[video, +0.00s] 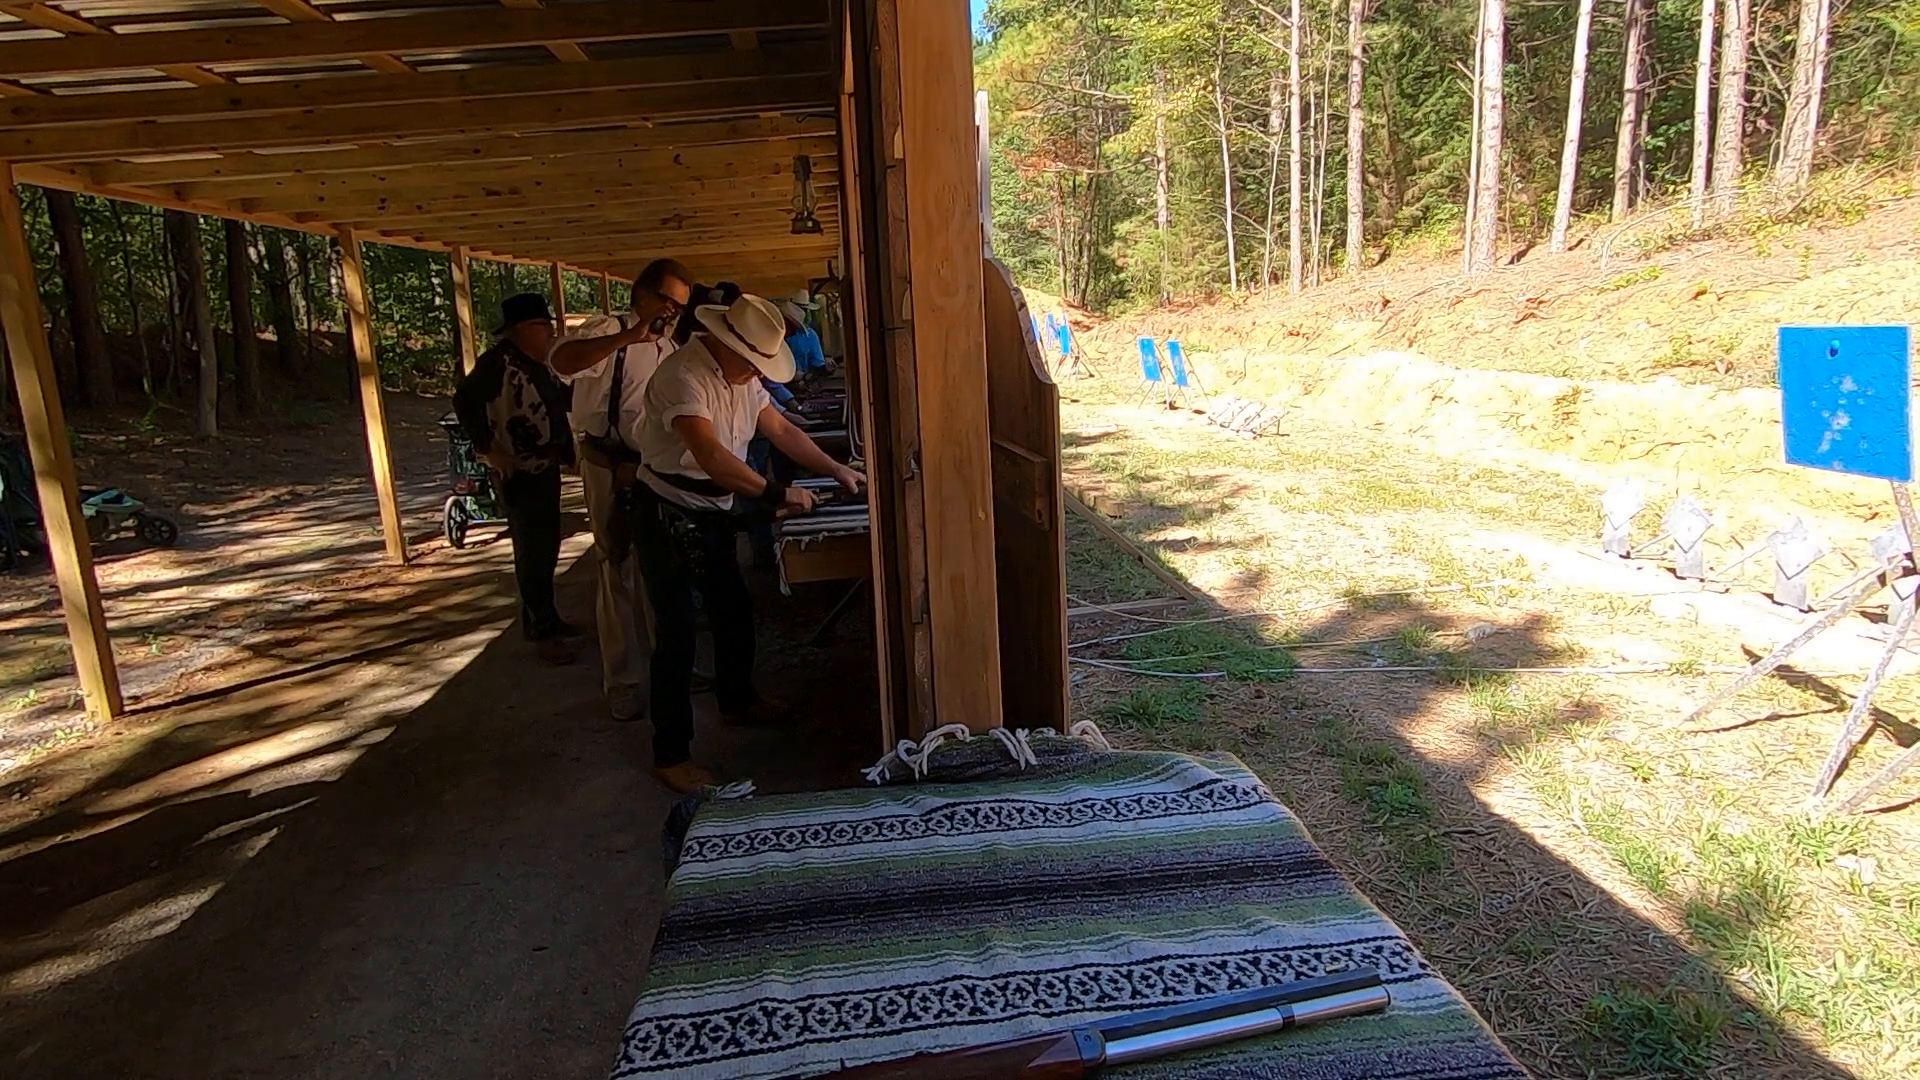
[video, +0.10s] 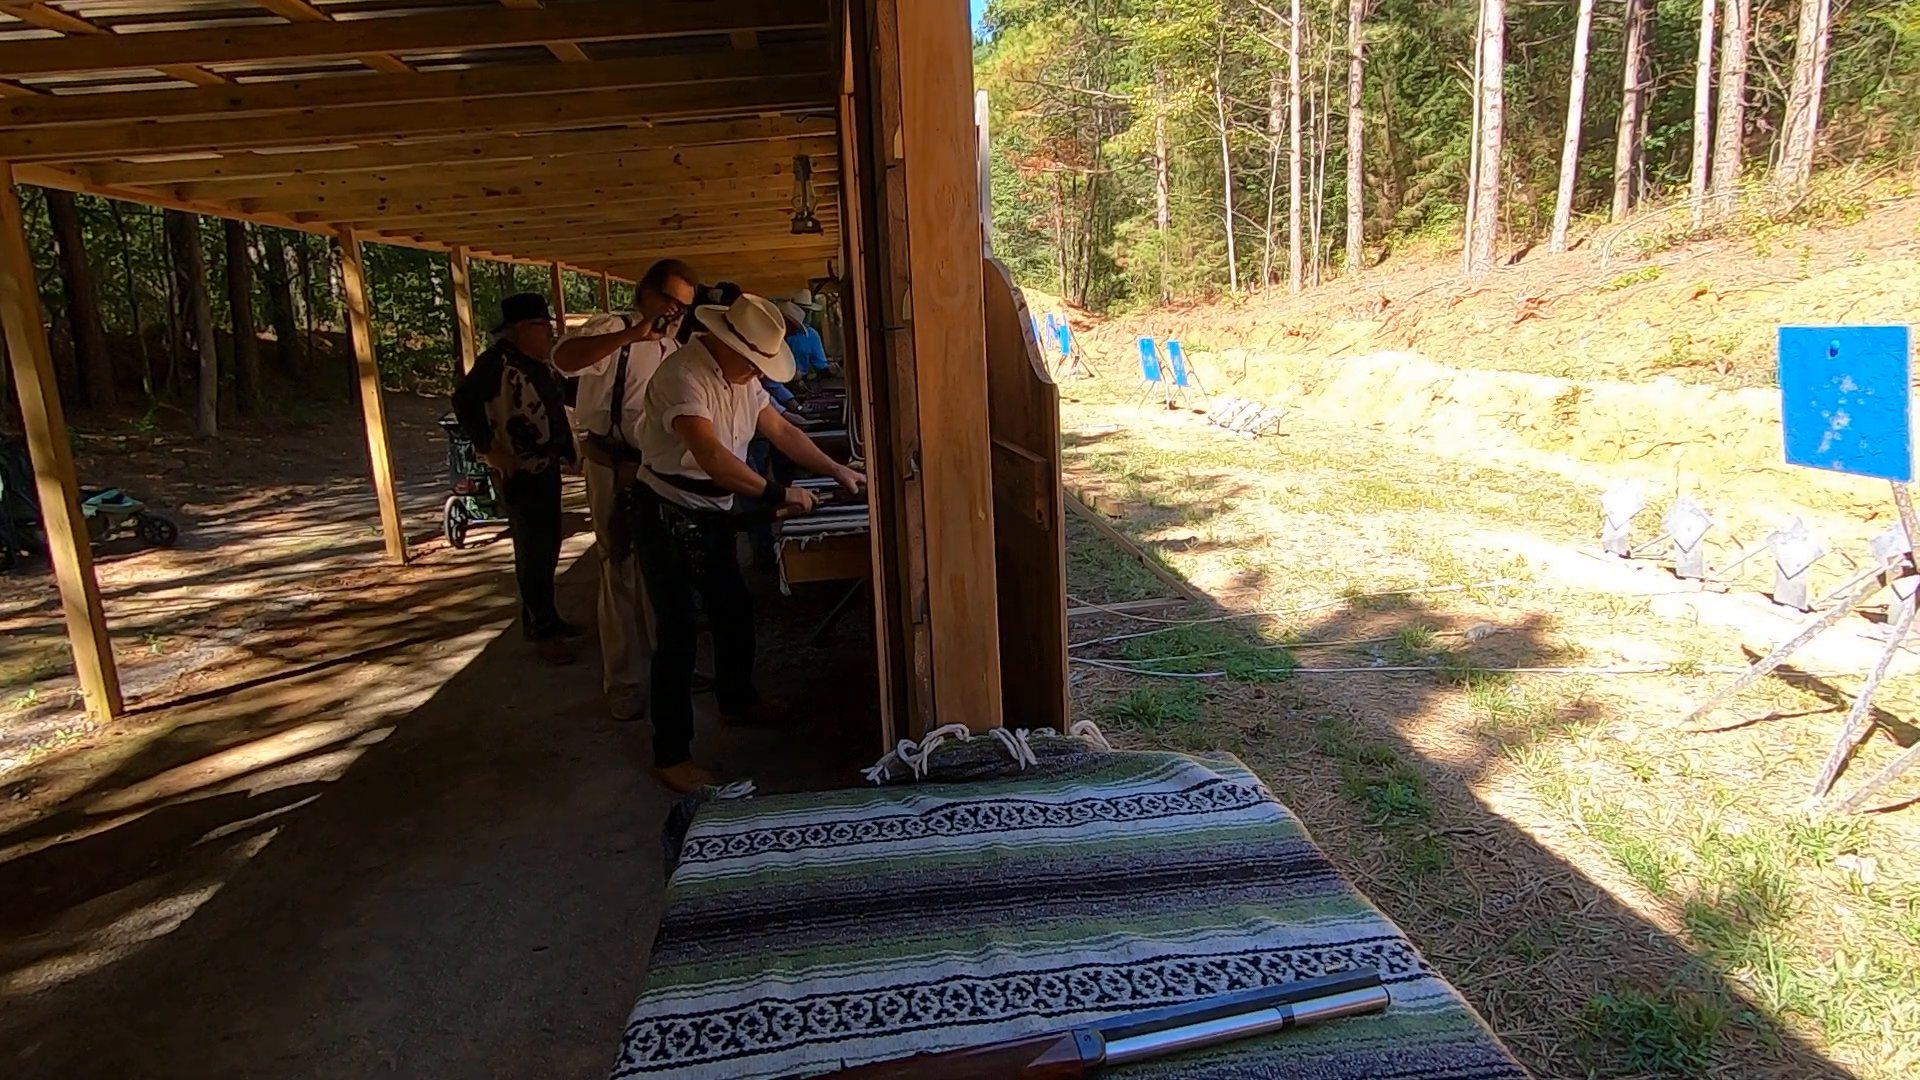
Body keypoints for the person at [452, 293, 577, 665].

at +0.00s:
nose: (549, 334)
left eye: (548, 326)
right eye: (541, 326)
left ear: (540, 329)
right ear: (519, 330)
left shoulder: (542, 364)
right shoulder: (497, 362)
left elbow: (556, 409)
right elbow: (465, 399)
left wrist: (566, 449)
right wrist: (486, 447)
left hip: (546, 470)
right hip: (518, 472)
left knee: (547, 546)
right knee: (532, 549)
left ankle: (546, 619)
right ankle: (539, 627)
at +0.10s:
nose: (549, 333)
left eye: (549, 326)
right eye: (542, 326)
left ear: (537, 329)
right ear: (519, 329)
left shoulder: (540, 365)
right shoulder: (496, 361)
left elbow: (570, 393)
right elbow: (464, 399)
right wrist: (487, 447)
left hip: (547, 469)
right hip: (520, 472)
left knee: (547, 547)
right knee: (533, 550)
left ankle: (546, 619)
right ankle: (540, 628)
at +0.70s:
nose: (550, 340)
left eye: (550, 332)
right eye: (545, 331)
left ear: (532, 330)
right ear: (524, 330)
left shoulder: (538, 366)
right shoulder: (493, 363)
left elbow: (560, 392)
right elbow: (459, 402)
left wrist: (580, 416)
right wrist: (484, 448)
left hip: (548, 471)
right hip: (520, 474)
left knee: (550, 547)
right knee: (532, 551)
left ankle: (547, 618)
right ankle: (540, 630)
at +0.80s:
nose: (555, 341)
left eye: (555, 334)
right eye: (550, 333)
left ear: (533, 332)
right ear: (528, 331)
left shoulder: (538, 366)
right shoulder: (497, 362)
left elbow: (552, 406)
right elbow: (460, 401)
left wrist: (566, 434)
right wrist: (484, 448)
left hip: (547, 471)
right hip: (520, 474)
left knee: (549, 546)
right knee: (533, 551)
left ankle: (547, 619)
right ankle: (540, 630)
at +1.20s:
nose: (560, 338)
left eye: (560, 331)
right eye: (555, 331)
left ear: (537, 331)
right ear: (535, 331)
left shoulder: (541, 363)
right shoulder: (506, 359)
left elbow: (545, 410)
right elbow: (470, 399)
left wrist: (562, 443)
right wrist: (493, 448)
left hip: (548, 473)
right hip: (524, 475)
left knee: (548, 547)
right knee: (535, 550)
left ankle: (546, 618)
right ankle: (541, 629)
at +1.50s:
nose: (560, 339)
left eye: (560, 331)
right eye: (555, 331)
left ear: (544, 332)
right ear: (535, 331)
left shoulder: (546, 364)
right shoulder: (506, 359)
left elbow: (552, 408)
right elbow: (469, 399)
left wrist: (565, 442)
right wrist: (493, 448)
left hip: (550, 472)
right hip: (524, 475)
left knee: (550, 550)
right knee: (535, 553)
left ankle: (548, 621)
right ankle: (541, 630)